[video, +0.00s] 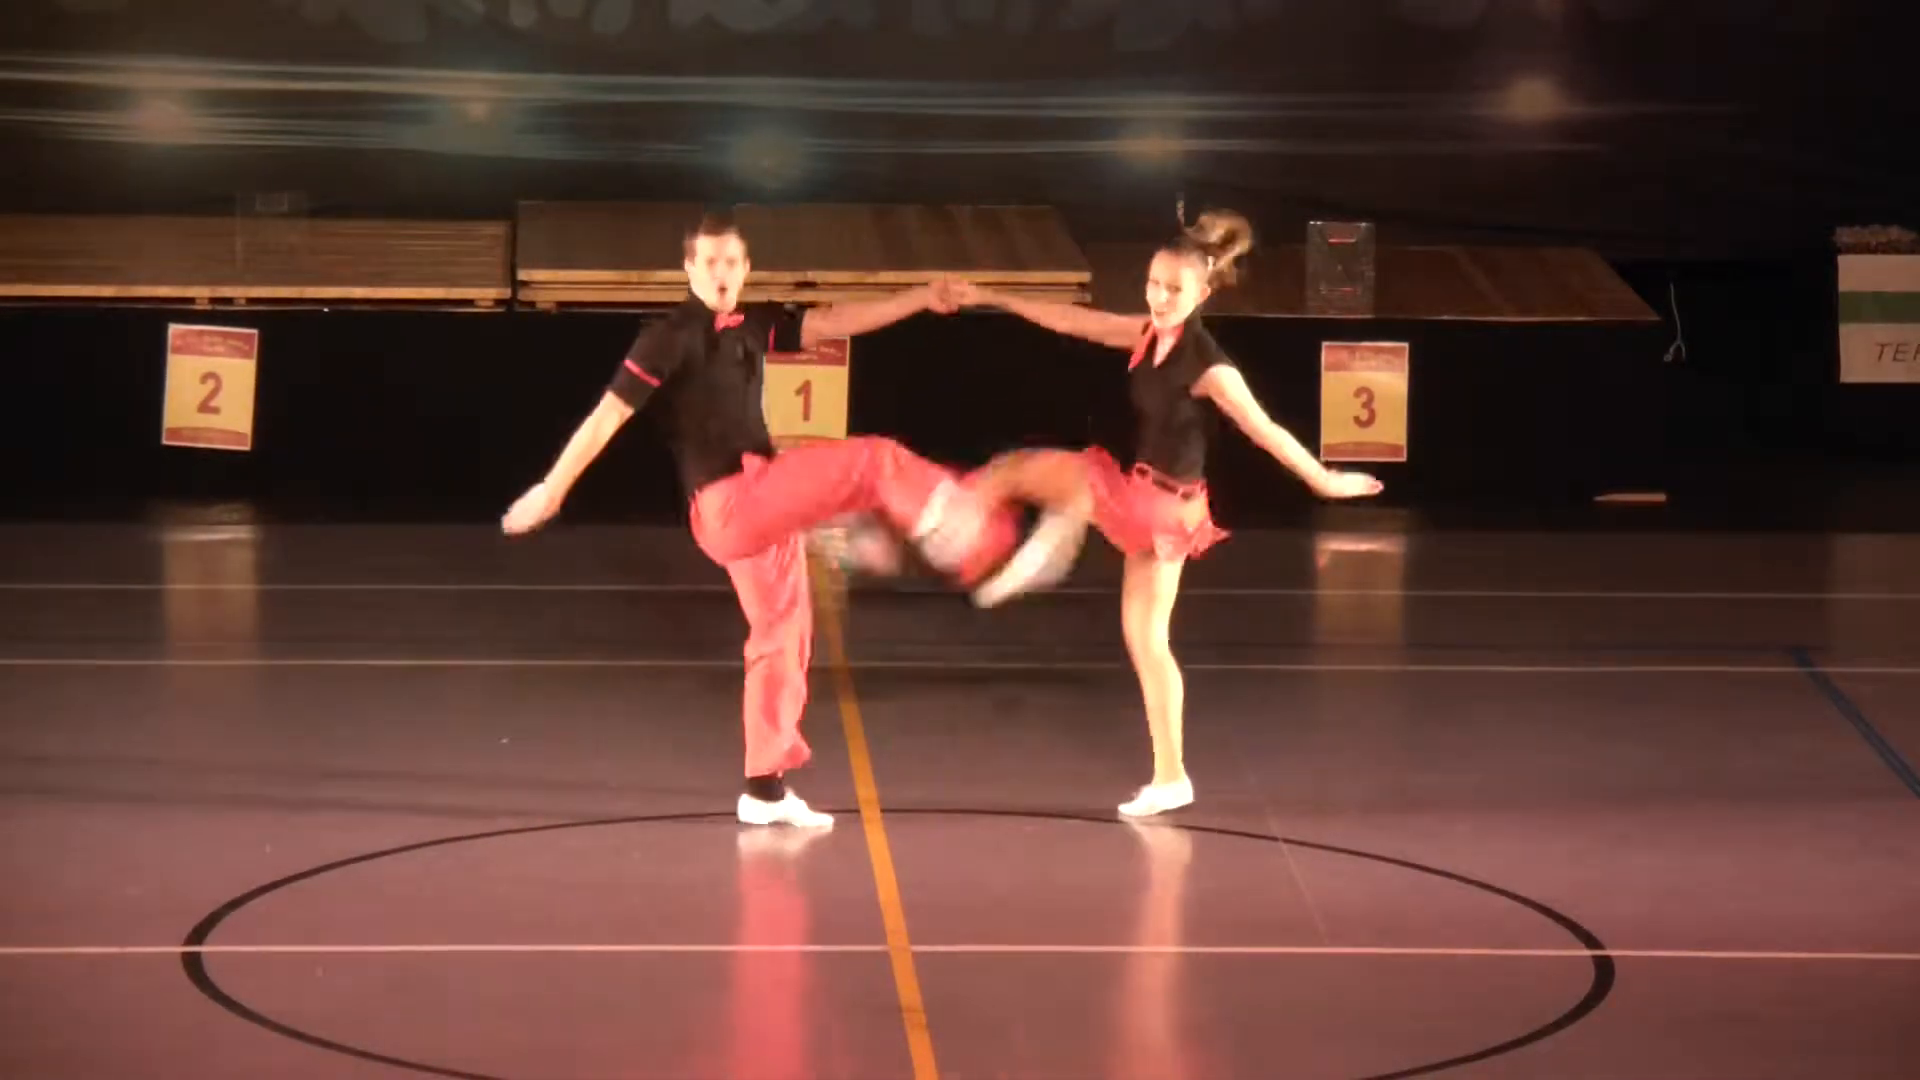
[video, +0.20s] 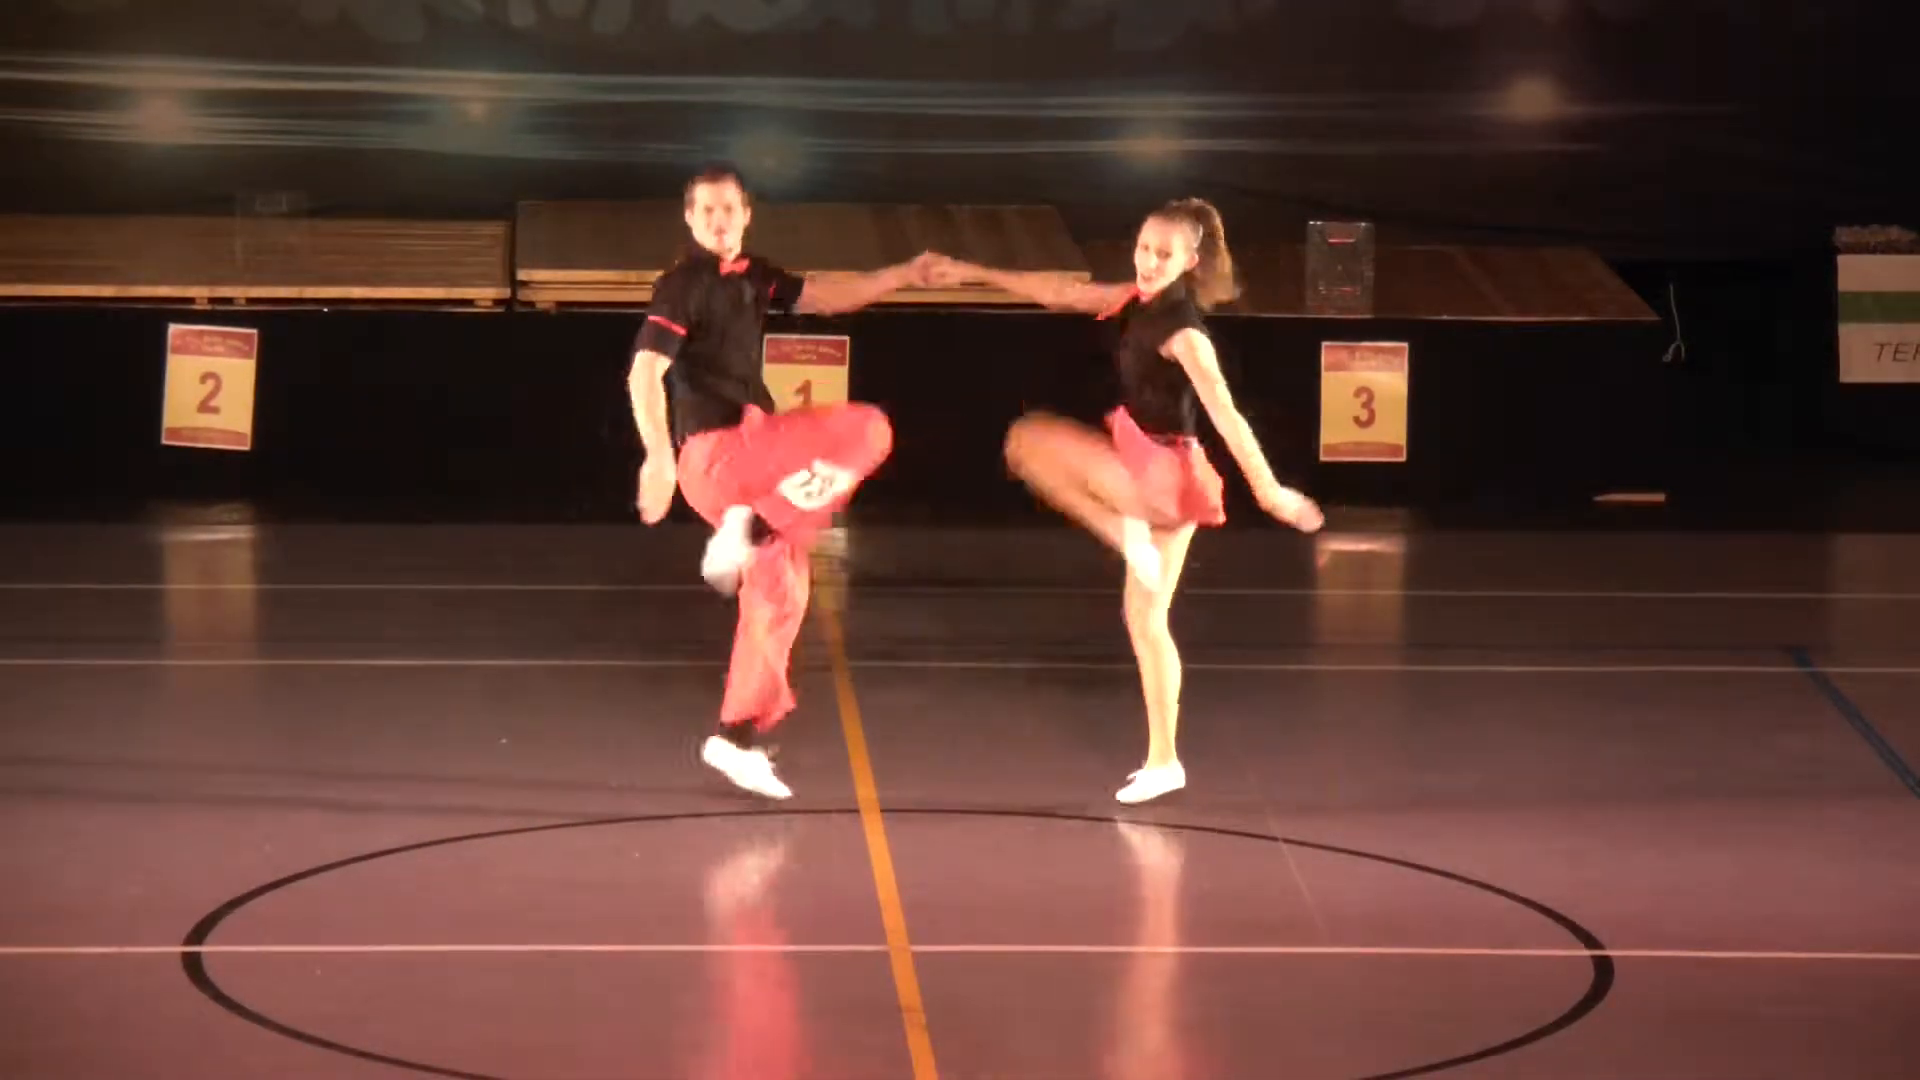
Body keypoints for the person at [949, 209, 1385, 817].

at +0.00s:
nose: (1158, 297)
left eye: (1173, 288)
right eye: (1153, 283)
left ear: (1204, 292)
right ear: (1144, 281)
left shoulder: (1205, 363)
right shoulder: (1146, 333)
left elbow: (1263, 429)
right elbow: (1071, 321)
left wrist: (1324, 480)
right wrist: (985, 298)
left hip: (1160, 505)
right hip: (1147, 494)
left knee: (1019, 469)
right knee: (1147, 639)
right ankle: (1169, 777)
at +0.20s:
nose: (1148, 262)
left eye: (1164, 254)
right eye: (1144, 248)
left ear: (1191, 263)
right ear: (1135, 245)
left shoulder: (1182, 331)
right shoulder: (1130, 299)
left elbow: (1226, 415)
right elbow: (1056, 290)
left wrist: (1270, 492)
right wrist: (970, 273)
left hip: (1157, 478)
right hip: (1170, 481)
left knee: (1027, 441)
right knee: (1146, 617)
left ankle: (1125, 533)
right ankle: (1163, 760)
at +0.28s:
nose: (1126, 263)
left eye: (1140, 254)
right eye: (1127, 251)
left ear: (1172, 264)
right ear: (1128, 253)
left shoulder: (1176, 334)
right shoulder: (1127, 312)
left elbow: (1209, 428)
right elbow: (1050, 322)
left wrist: (1233, 514)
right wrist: (966, 315)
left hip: (1159, 494)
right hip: (1151, 491)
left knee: (1025, 550)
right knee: (1161, 634)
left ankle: (1105, 654)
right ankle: (1168, 771)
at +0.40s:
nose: (1106, 296)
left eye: (1115, 285)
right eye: (1105, 285)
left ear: (1153, 287)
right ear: (1117, 291)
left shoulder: (1166, 361)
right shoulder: (1115, 350)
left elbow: (1154, 453)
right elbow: (1045, 382)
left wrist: (1096, 505)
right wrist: (962, 398)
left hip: (1140, 523)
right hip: (1111, 520)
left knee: (1072, 647)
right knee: (1147, 654)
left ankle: (1096, 789)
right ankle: (1178, 779)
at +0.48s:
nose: (1092, 283)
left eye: (1103, 271)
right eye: (1089, 270)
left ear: (1138, 272)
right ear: (1093, 275)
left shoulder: (1164, 337)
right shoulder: (1105, 333)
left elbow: (1116, 387)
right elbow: (1055, 385)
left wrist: (1035, 377)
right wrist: (976, 411)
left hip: (1138, 493)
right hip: (1092, 485)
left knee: (1065, 620)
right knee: (1017, 597)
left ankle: (1088, 760)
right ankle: (1102, 708)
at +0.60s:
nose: (1072, 278)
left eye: (1088, 271)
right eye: (1075, 269)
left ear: (1117, 285)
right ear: (1093, 283)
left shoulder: (1127, 346)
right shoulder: (1088, 346)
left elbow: (1072, 293)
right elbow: (1024, 401)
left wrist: (1084, 235)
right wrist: (950, 383)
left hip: (1116, 517)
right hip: (1075, 498)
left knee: (1079, 648)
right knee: (962, 474)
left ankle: (1091, 788)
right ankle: (846, 541)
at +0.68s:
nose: (1043, 288)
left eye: (1052, 277)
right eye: (1043, 277)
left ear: (1085, 279)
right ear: (1055, 283)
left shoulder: (1111, 343)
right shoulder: (1057, 342)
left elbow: (1092, 290)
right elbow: (991, 388)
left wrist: (1133, 257)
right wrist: (923, 358)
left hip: (1104, 510)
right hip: (1061, 493)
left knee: (1076, 644)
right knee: (955, 461)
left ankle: (1090, 783)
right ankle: (828, 488)